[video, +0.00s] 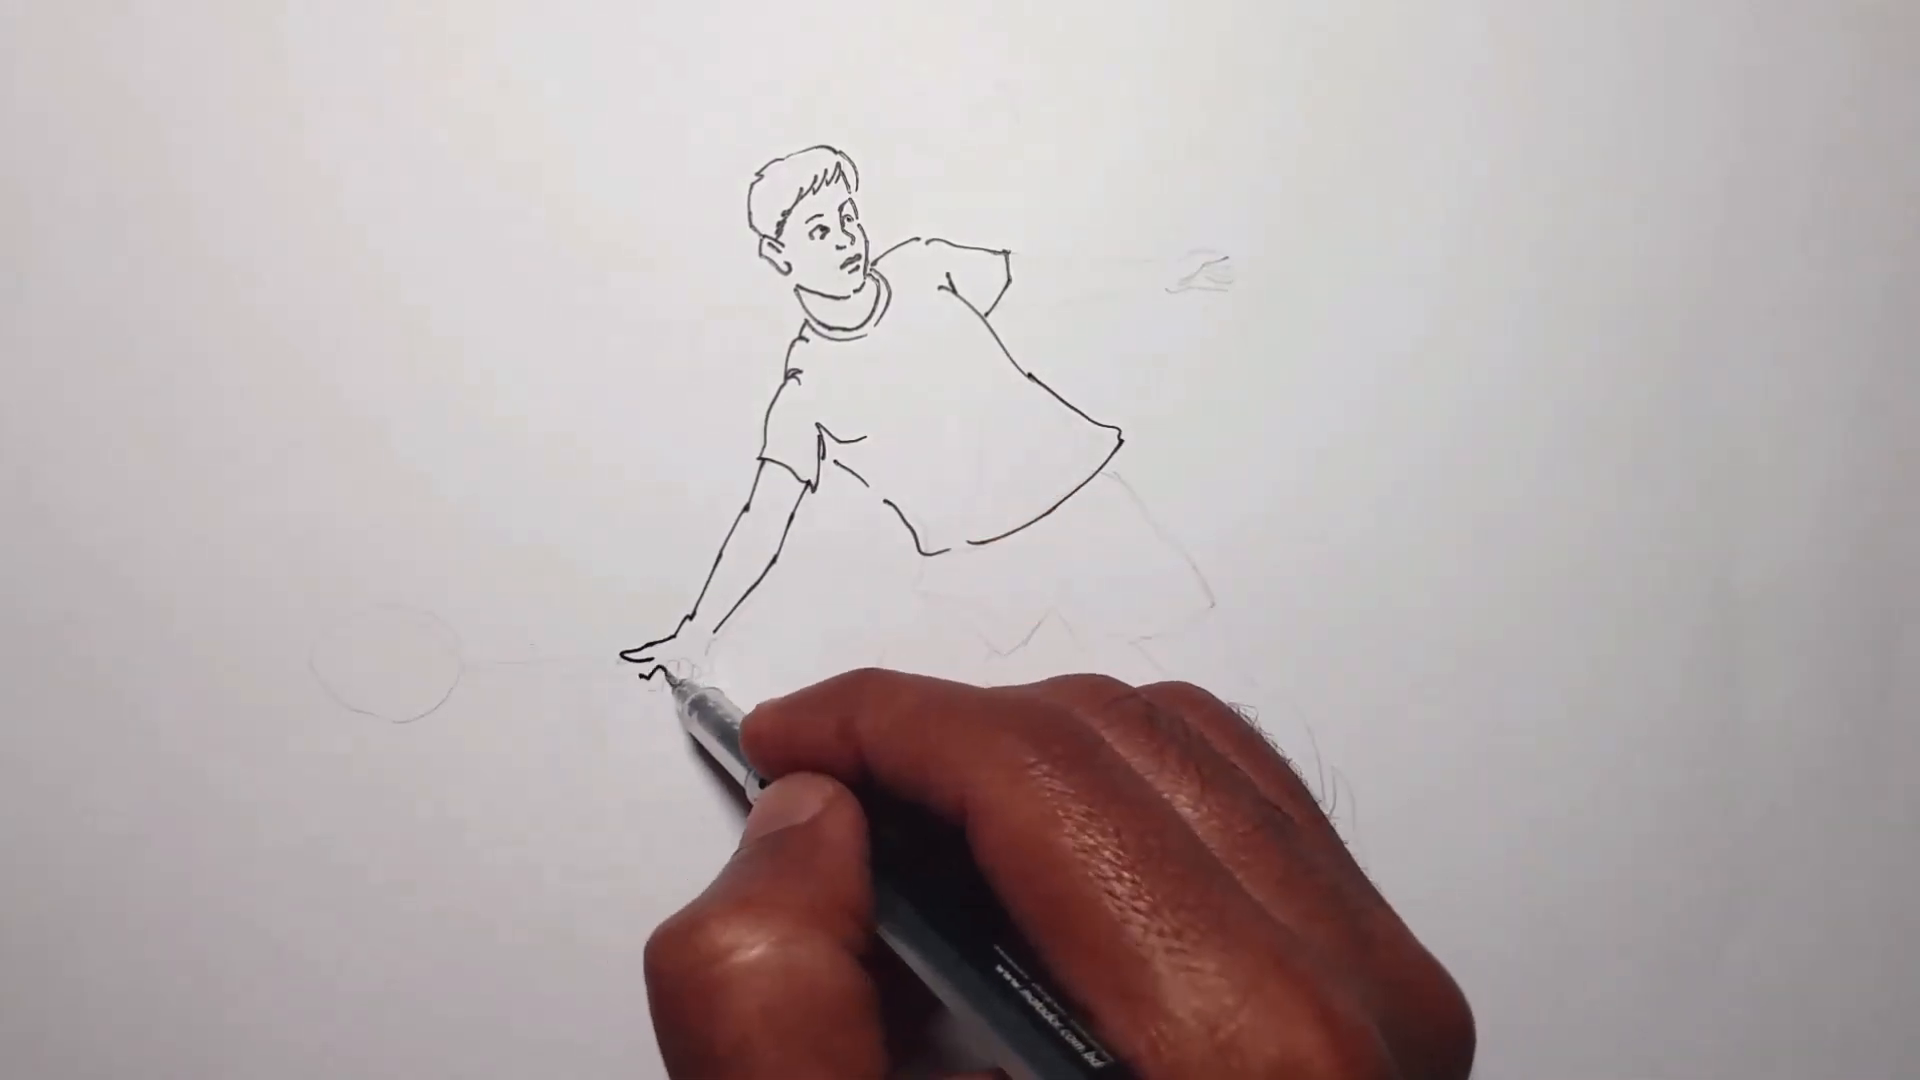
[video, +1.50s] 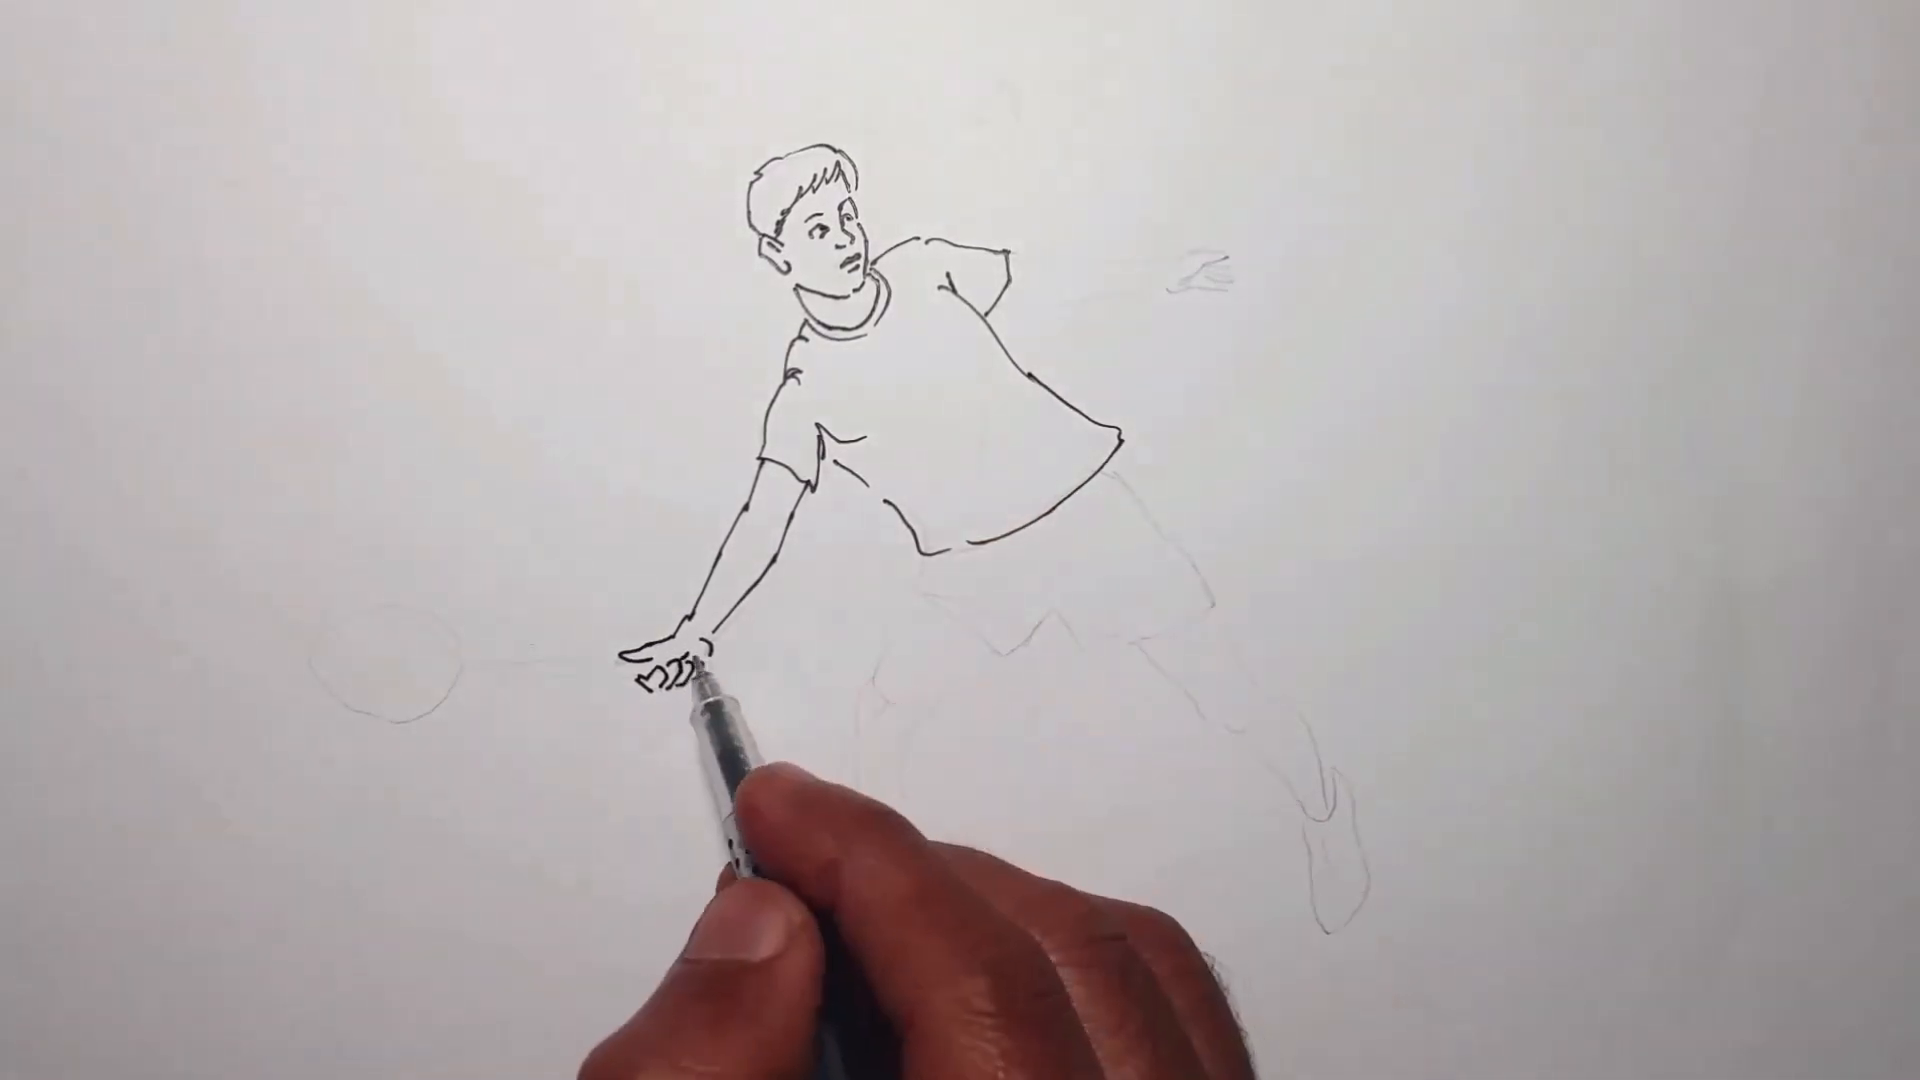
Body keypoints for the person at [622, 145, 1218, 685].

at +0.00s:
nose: (844, 240)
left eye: (845, 215)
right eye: (816, 230)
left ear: (861, 210)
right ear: (775, 255)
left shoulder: (927, 267)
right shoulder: (805, 402)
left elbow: (1054, 272)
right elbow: (761, 525)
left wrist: (1171, 281)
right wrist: (695, 631)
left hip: (1093, 502)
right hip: (983, 571)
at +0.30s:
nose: (844, 240)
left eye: (845, 215)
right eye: (816, 231)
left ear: (860, 209)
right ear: (776, 256)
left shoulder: (929, 269)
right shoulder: (804, 400)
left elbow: (1053, 275)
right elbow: (761, 525)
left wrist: (1173, 280)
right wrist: (694, 632)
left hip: (1093, 500)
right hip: (977, 570)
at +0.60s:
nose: (844, 242)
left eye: (845, 217)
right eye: (816, 231)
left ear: (860, 213)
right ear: (775, 257)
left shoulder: (926, 268)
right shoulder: (804, 403)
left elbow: (1057, 272)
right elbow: (759, 529)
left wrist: (1170, 280)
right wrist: (694, 632)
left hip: (1092, 494)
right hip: (978, 566)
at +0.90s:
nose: (845, 244)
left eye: (846, 218)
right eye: (816, 232)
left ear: (861, 211)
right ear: (776, 257)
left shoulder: (928, 266)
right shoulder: (806, 404)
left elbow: (1049, 272)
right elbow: (761, 527)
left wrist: (1168, 286)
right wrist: (696, 632)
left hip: (1098, 500)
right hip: (981, 578)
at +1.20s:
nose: (835, 242)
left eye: (838, 212)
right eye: (804, 231)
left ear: (860, 208)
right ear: (774, 258)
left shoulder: (934, 282)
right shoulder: (805, 388)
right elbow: (764, 518)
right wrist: (695, 629)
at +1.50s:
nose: (833, 242)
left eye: (838, 214)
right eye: (804, 233)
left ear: (861, 210)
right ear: (775, 259)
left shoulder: (937, 275)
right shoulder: (805, 392)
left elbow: (1032, 266)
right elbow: (760, 526)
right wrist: (692, 631)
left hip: (1095, 521)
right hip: (962, 586)